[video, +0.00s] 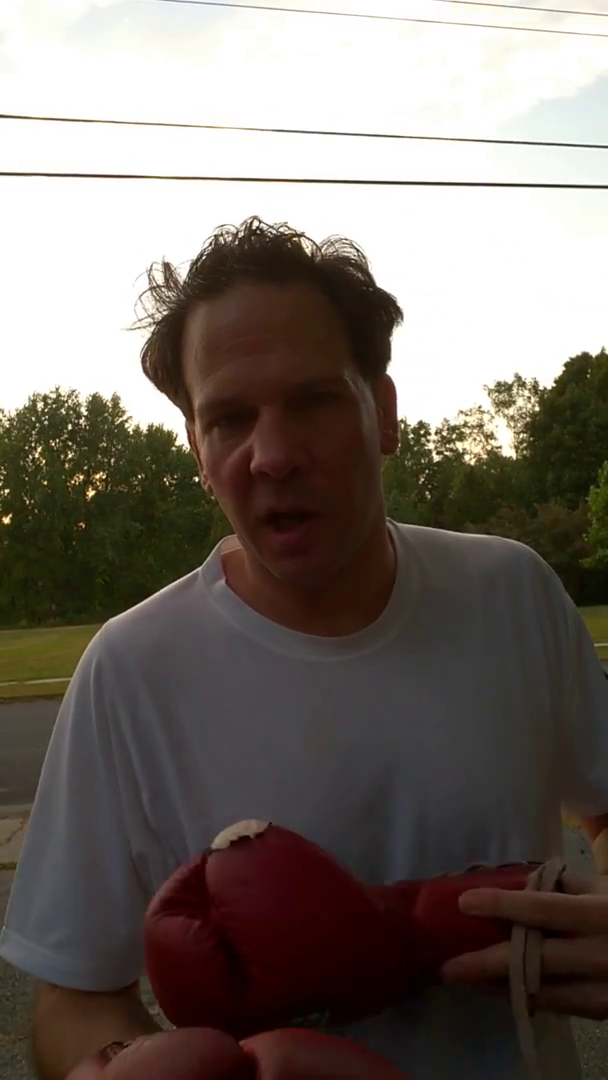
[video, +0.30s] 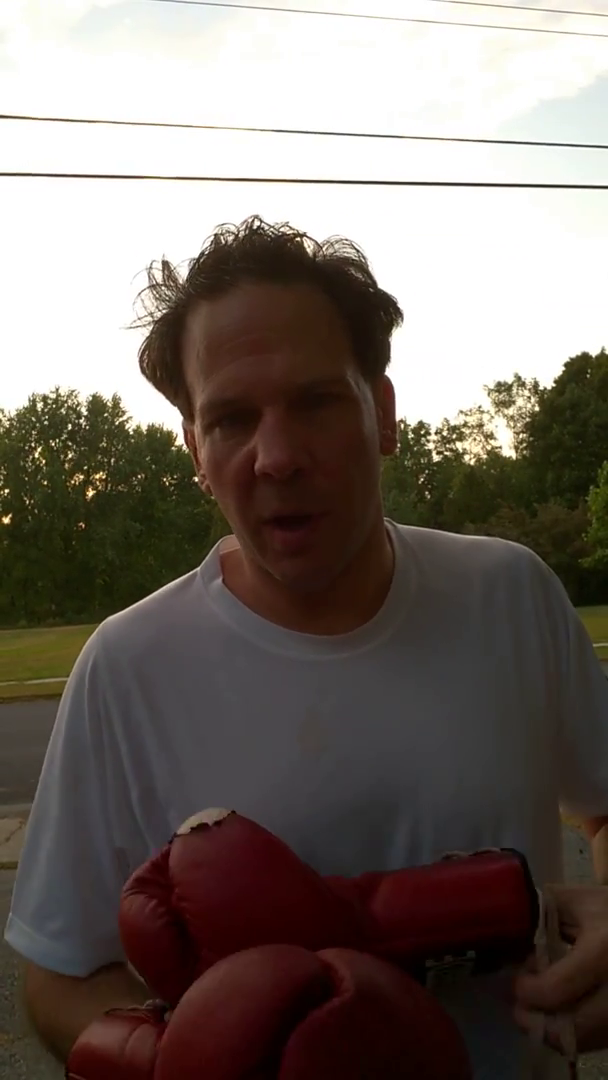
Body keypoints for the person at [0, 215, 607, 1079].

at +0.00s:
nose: (273, 455)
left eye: (313, 401)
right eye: (230, 419)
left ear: (384, 415)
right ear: (199, 455)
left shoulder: (514, 596)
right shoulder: (130, 670)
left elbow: (603, 813)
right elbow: (76, 993)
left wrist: (597, 935)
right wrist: (133, 1056)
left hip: (510, 1063)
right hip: (259, 1070)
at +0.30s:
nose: (277, 457)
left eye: (316, 402)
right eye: (233, 419)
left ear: (384, 417)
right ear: (197, 455)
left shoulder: (513, 597)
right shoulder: (125, 669)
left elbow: (603, 809)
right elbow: (57, 969)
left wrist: (602, 915)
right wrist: (156, 1041)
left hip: (508, 1062)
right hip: (253, 1071)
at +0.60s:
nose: (354, 505)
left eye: (382, 453)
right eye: (303, 459)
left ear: (410, 436)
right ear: (216, 454)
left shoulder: (506, 599)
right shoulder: (124, 666)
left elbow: (606, 788)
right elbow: (40, 946)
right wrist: (91, 930)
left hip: (519, 1064)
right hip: (248, 1067)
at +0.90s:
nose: (397, 555)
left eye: (428, 503)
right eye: (348, 513)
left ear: (449, 457)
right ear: (243, 471)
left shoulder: (501, 601)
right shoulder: (129, 662)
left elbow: (588, 794)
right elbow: (46, 979)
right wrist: (72, 924)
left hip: (518, 1064)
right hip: (253, 1066)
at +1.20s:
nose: (407, 547)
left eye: (435, 495)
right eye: (358, 503)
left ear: (456, 459)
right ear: (252, 465)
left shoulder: (502, 602)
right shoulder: (134, 655)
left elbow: (590, 796)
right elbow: (41, 990)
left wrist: (607, 935)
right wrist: (96, 901)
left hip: (507, 1065)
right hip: (250, 1067)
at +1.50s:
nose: (351, 494)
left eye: (383, 440)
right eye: (304, 449)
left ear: (423, 427)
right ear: (237, 452)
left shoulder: (511, 606)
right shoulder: (140, 648)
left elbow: (590, 817)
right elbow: (44, 989)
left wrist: (587, 980)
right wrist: (103, 898)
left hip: (492, 1065)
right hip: (241, 1066)